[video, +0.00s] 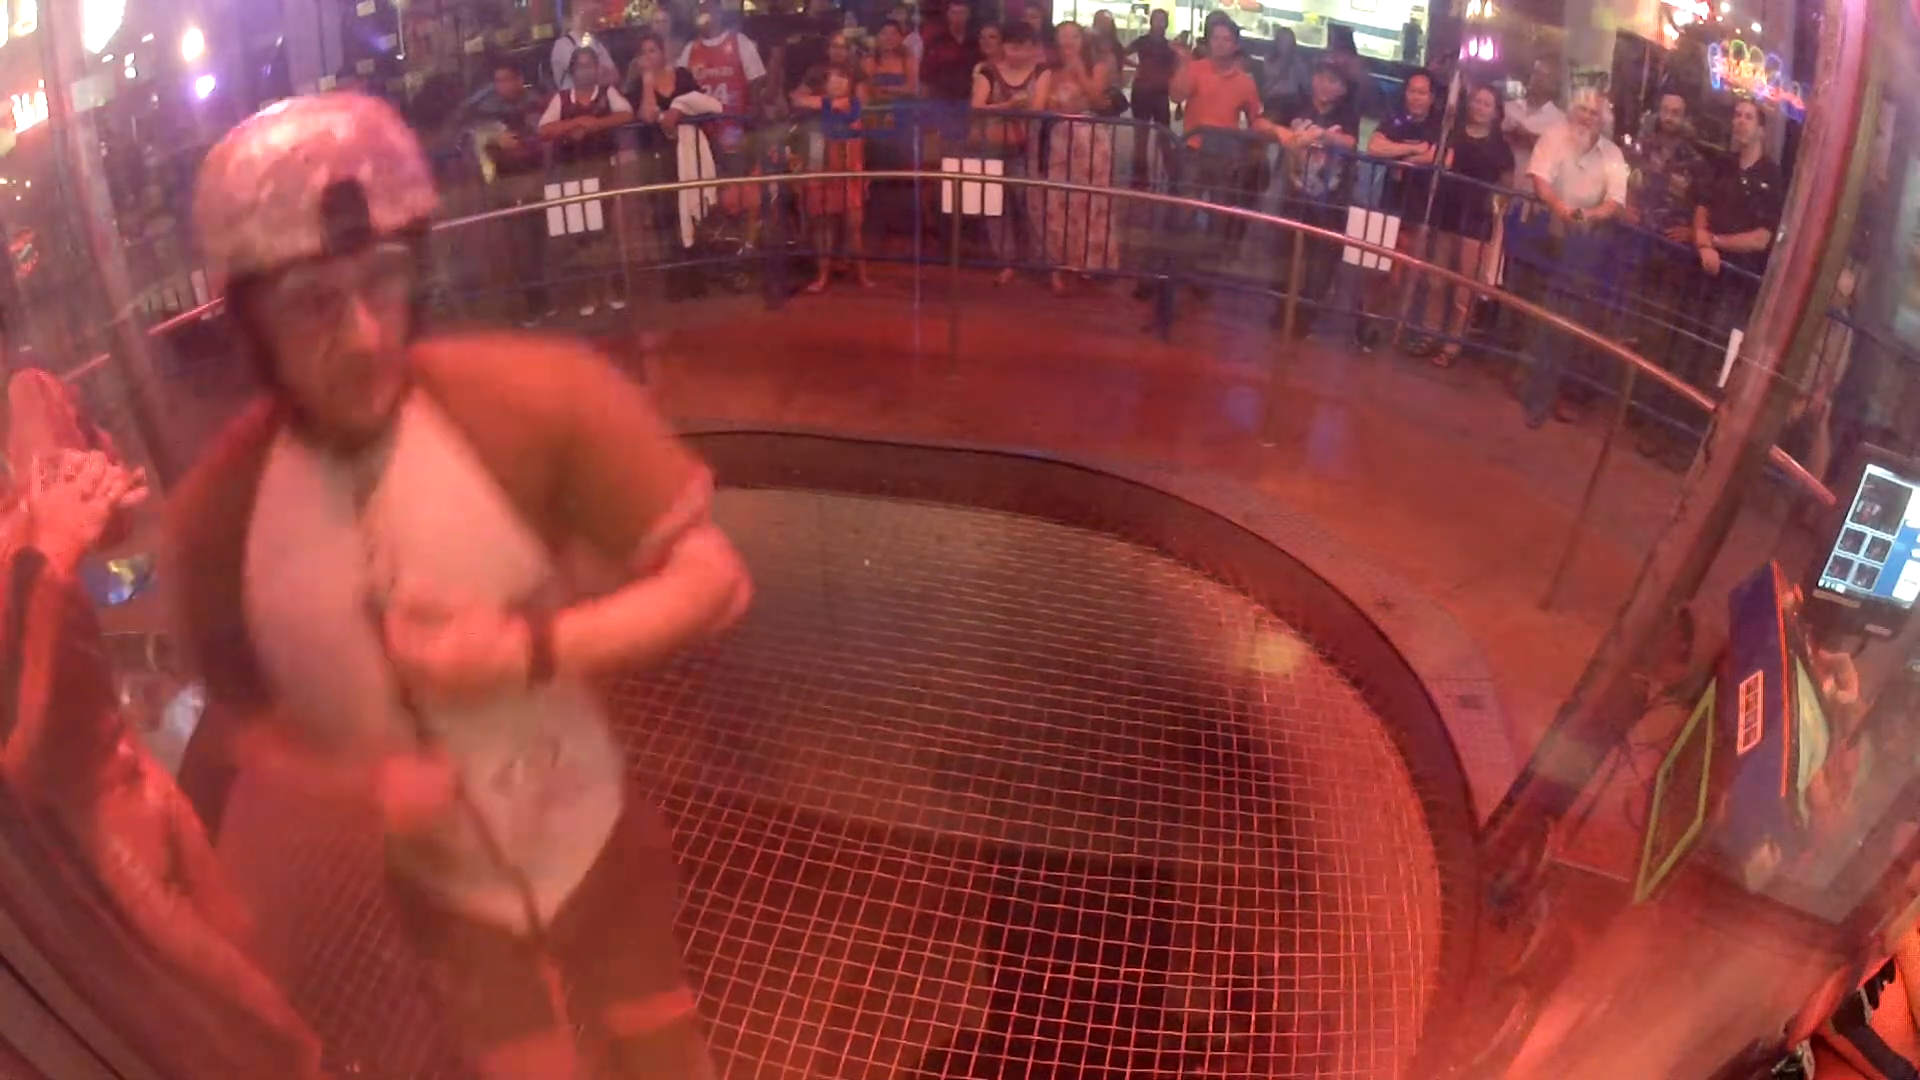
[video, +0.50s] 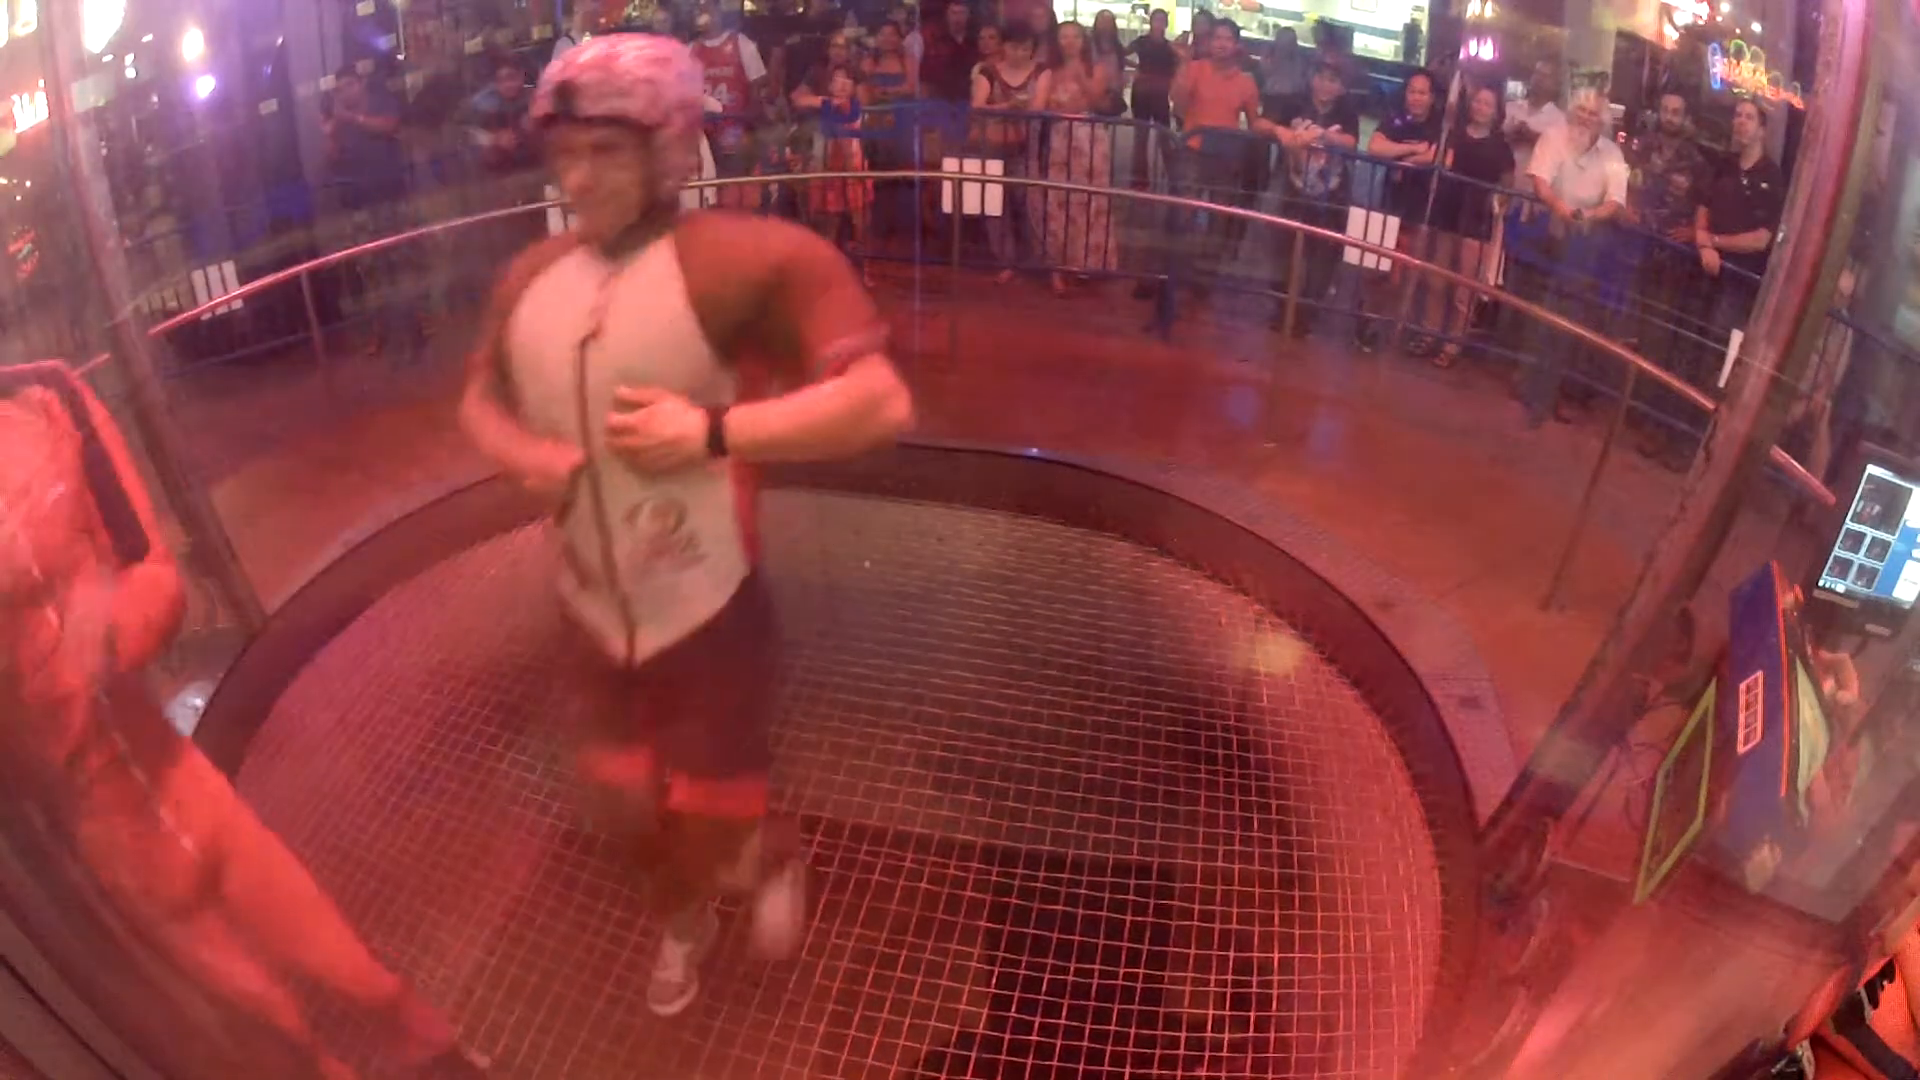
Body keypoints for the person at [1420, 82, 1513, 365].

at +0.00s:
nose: (1480, 107)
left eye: (1487, 104)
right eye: (1477, 101)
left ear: (1496, 112)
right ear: (1468, 104)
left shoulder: (1500, 148)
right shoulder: (1453, 137)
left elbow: (1506, 187)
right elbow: (1439, 167)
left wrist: (1497, 212)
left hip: (1477, 219)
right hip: (1446, 212)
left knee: (1464, 287)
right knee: (1436, 279)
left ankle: (1453, 342)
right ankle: (1430, 333)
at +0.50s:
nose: (1481, 107)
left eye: (1487, 104)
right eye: (1477, 101)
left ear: (1497, 112)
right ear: (1469, 104)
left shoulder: (1501, 148)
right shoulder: (1454, 137)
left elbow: (1507, 188)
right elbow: (1440, 168)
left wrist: (1496, 207)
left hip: (1476, 220)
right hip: (1445, 212)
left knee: (1463, 288)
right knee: (1435, 281)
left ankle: (1453, 342)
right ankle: (1430, 333)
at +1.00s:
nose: (1480, 107)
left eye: (1487, 103)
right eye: (1477, 101)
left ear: (1497, 111)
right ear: (1469, 104)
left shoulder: (1500, 148)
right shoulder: (1453, 137)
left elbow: (1506, 187)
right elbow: (1439, 166)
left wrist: (1495, 206)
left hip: (1476, 220)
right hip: (1444, 212)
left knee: (1463, 289)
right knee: (1435, 281)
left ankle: (1453, 342)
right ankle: (1429, 333)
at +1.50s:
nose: (1477, 107)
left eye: (1483, 103)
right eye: (1473, 101)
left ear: (1492, 110)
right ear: (1465, 104)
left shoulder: (1496, 146)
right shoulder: (1452, 138)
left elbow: (1502, 185)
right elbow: (1439, 169)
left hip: (1473, 219)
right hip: (1443, 213)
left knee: (1462, 286)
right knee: (1434, 280)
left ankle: (1452, 342)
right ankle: (1429, 333)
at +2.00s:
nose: (1472, 108)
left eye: (1478, 103)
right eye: (1468, 101)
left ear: (1488, 110)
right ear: (1461, 106)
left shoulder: (1492, 147)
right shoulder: (1449, 139)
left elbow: (1498, 184)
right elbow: (1436, 171)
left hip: (1472, 218)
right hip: (1442, 213)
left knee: (1461, 285)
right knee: (1434, 279)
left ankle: (1451, 342)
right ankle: (1428, 333)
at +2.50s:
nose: (1469, 109)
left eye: (1475, 105)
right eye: (1466, 103)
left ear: (1485, 112)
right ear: (1459, 106)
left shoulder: (1486, 148)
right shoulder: (1447, 139)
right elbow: (1432, 165)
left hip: (1463, 219)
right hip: (1436, 213)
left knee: (1451, 285)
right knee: (1431, 280)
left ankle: (1450, 341)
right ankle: (1428, 333)